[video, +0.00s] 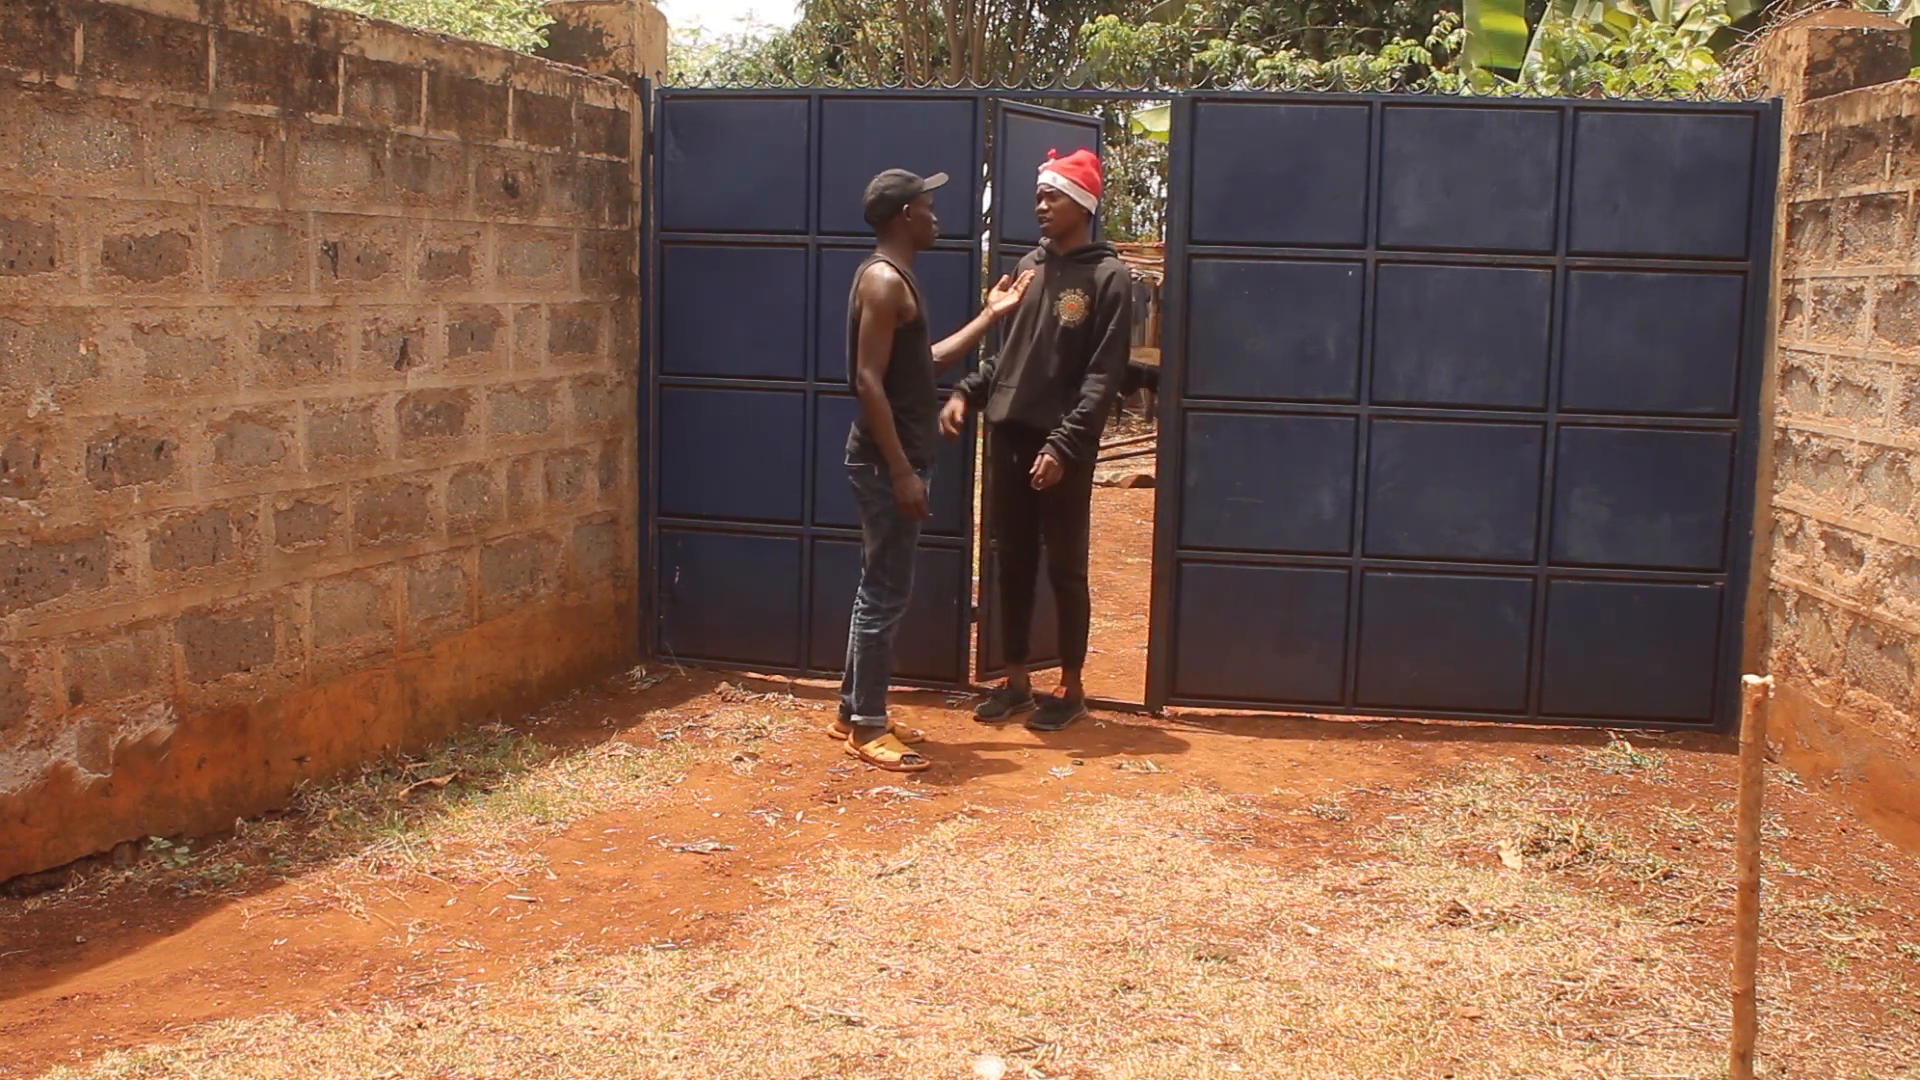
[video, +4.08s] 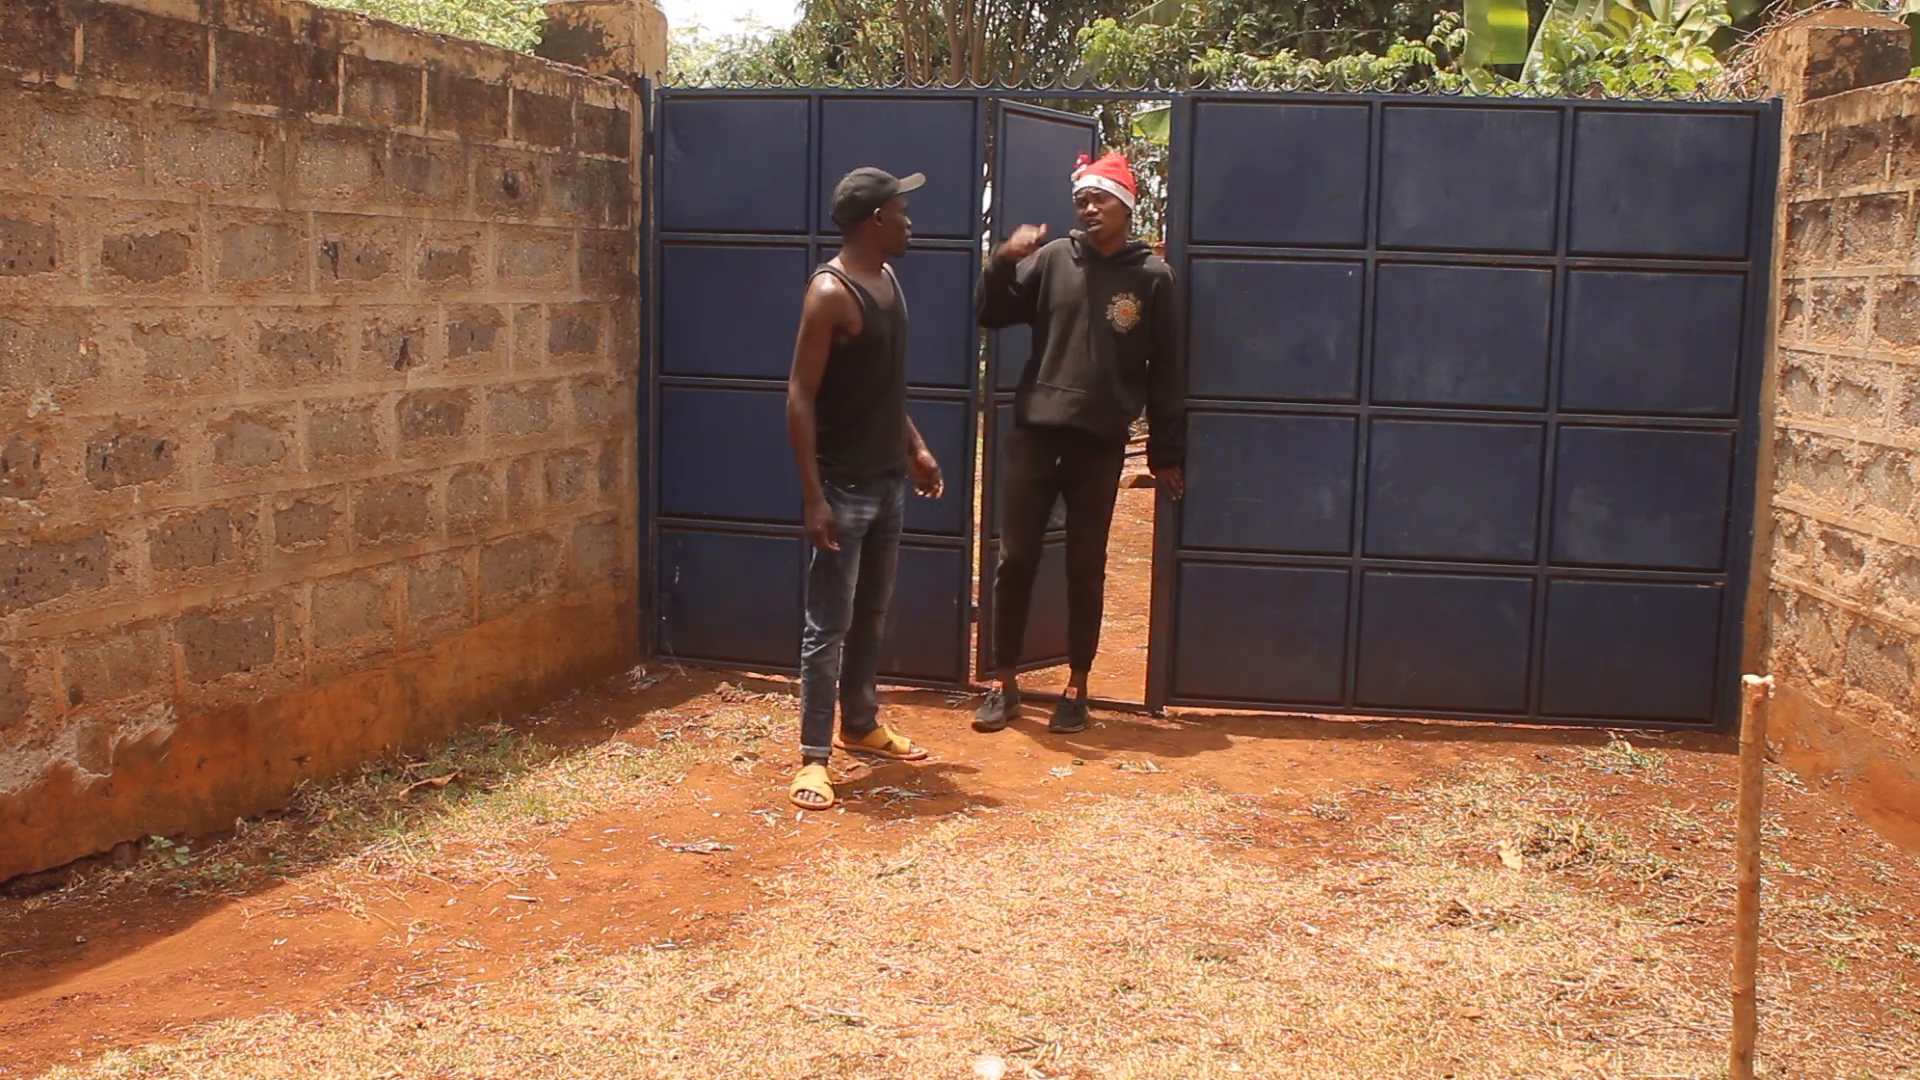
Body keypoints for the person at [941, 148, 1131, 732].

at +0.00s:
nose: (1042, 206)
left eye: (1054, 197)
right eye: (1040, 196)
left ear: (1086, 205)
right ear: (1039, 201)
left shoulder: (1113, 278)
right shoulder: (1027, 268)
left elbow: (1104, 377)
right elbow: (1001, 352)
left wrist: (1063, 445)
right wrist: (963, 392)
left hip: (1065, 442)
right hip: (1008, 435)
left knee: (1065, 567)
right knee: (1011, 560)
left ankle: (1070, 689)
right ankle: (1014, 681)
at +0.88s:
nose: (1072, 216)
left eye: (1084, 208)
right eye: (1069, 206)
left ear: (1114, 212)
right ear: (1068, 210)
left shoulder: (1139, 277)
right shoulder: (1054, 267)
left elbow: (1145, 372)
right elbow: (1012, 345)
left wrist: (1124, 453)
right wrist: (967, 402)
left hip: (1085, 435)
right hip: (1025, 427)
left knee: (1069, 564)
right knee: (999, 552)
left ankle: (1071, 688)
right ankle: (1024, 674)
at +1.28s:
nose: (1101, 217)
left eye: (1113, 211)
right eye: (1098, 208)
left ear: (1139, 221)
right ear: (1092, 214)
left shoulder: (1150, 279)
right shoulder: (1073, 267)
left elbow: (1190, 367)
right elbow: (1022, 331)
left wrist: (1205, 452)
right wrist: (976, 387)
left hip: (1116, 434)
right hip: (1059, 424)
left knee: (1087, 557)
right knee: (1008, 525)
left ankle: (1072, 692)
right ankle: (1065, 605)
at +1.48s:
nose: (1098, 221)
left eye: (1111, 215)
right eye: (1096, 212)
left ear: (1138, 226)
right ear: (1092, 219)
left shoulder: (1145, 281)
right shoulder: (1084, 268)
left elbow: (1186, 364)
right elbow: (1040, 332)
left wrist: (1195, 452)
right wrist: (990, 386)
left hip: (1121, 438)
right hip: (1073, 432)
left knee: (1080, 557)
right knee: (1051, 556)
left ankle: (1070, 693)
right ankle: (1109, 657)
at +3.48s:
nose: (1088, 223)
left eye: (1102, 216)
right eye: (1086, 212)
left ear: (1128, 230)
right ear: (1079, 218)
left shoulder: (1148, 291)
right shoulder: (1062, 269)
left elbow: (1181, 376)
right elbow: (1036, 341)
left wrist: (1172, 455)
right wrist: (997, 395)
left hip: (1110, 451)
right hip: (1054, 444)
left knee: (1081, 569)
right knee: (1043, 565)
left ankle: (1074, 693)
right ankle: (1099, 648)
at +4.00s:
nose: (1093, 208)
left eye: (1105, 199)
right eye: (1088, 198)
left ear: (1133, 207)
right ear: (1082, 204)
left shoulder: (1157, 280)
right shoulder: (1058, 256)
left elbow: (1168, 374)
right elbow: (1007, 305)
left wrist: (1166, 456)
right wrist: (1005, 318)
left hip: (1100, 441)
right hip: (1036, 430)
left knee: (1085, 565)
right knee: (1008, 555)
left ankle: (1076, 688)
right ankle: (1021, 671)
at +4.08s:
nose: (1088, 209)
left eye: (1099, 199)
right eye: (1082, 200)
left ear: (1128, 204)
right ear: (1075, 205)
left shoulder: (1153, 277)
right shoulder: (1051, 258)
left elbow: (1166, 370)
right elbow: (993, 313)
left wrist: (1166, 454)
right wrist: (1004, 259)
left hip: (1099, 440)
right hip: (1034, 431)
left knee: (1086, 567)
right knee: (1015, 559)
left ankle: (1076, 688)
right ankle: (1001, 685)